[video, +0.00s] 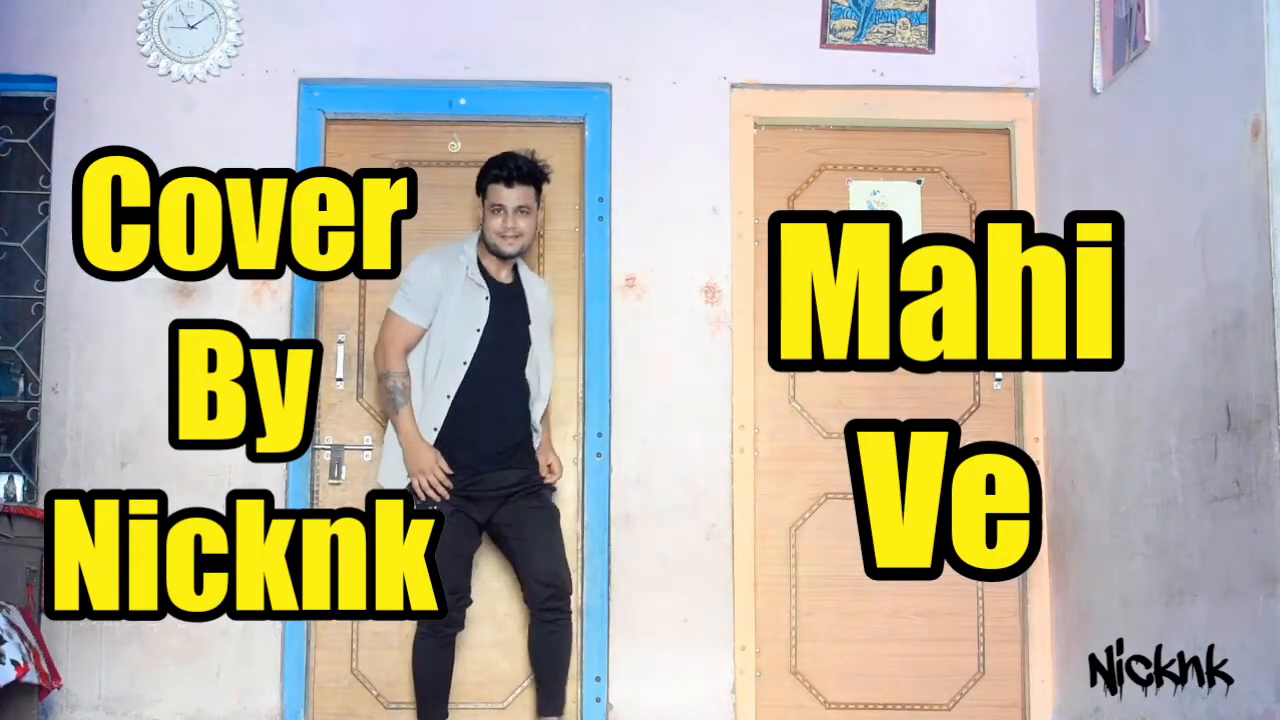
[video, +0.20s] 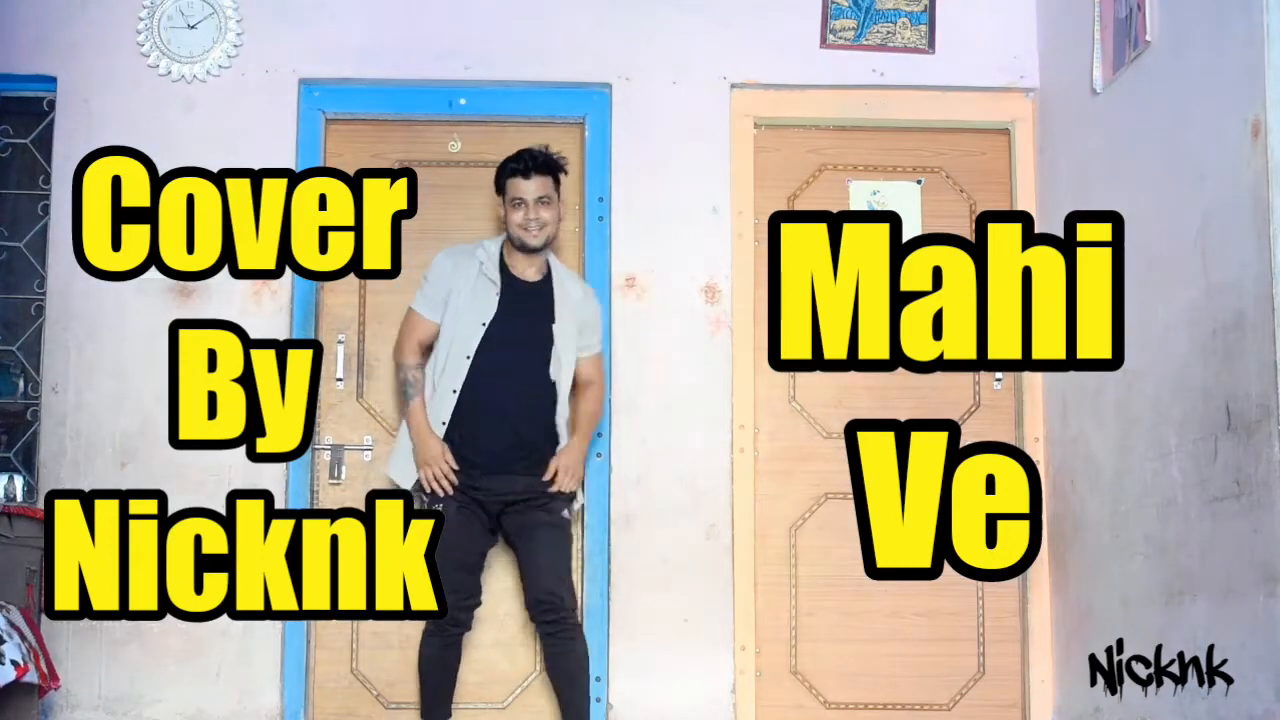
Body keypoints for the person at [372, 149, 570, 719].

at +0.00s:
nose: (510, 224)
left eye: (523, 212)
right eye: (499, 210)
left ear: (538, 218)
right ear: (480, 212)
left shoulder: (539, 292)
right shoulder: (435, 271)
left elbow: (537, 377)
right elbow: (390, 354)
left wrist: (545, 442)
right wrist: (412, 444)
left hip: (519, 480)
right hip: (447, 481)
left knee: (553, 596)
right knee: (442, 613)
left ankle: (550, 716)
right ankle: (433, 719)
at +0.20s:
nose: (532, 215)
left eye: (543, 202)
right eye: (519, 203)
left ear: (559, 210)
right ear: (502, 210)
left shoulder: (580, 298)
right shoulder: (454, 268)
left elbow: (589, 384)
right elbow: (410, 352)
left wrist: (578, 446)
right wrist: (421, 434)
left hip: (538, 487)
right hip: (456, 485)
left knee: (556, 615)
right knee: (448, 616)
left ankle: (579, 719)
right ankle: (434, 718)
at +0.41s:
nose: (560, 215)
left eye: (573, 203)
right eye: (548, 204)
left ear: (590, 211)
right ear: (531, 210)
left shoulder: (609, 289)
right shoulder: (486, 269)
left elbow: (648, 383)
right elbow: (452, 356)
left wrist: (609, 445)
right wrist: (455, 431)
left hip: (572, 488)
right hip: (492, 483)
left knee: (577, 616)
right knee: (466, 612)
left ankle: (584, 719)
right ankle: (449, 716)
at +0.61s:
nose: (562, 209)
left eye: (574, 197)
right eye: (549, 197)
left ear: (591, 202)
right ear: (532, 204)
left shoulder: (617, 281)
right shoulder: (503, 268)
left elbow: (655, 370)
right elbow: (480, 360)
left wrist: (605, 436)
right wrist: (476, 430)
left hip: (577, 481)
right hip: (504, 477)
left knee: (576, 610)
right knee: (481, 602)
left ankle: (583, 717)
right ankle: (498, 713)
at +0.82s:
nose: (550, 208)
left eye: (562, 196)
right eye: (537, 196)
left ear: (580, 200)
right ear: (522, 202)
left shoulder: (609, 270)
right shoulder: (500, 270)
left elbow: (649, 356)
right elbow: (487, 361)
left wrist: (597, 420)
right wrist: (480, 432)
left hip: (572, 470)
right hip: (505, 471)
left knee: (572, 610)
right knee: (500, 609)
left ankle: (582, 717)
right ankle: (509, 715)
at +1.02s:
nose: (526, 228)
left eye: (541, 215)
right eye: (515, 214)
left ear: (561, 213)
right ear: (502, 212)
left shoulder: (594, 261)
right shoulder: (492, 293)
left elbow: (644, 341)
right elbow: (485, 384)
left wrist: (600, 417)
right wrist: (476, 439)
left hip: (575, 469)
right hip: (506, 475)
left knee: (576, 610)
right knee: (467, 593)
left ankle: (584, 719)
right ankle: (493, 714)